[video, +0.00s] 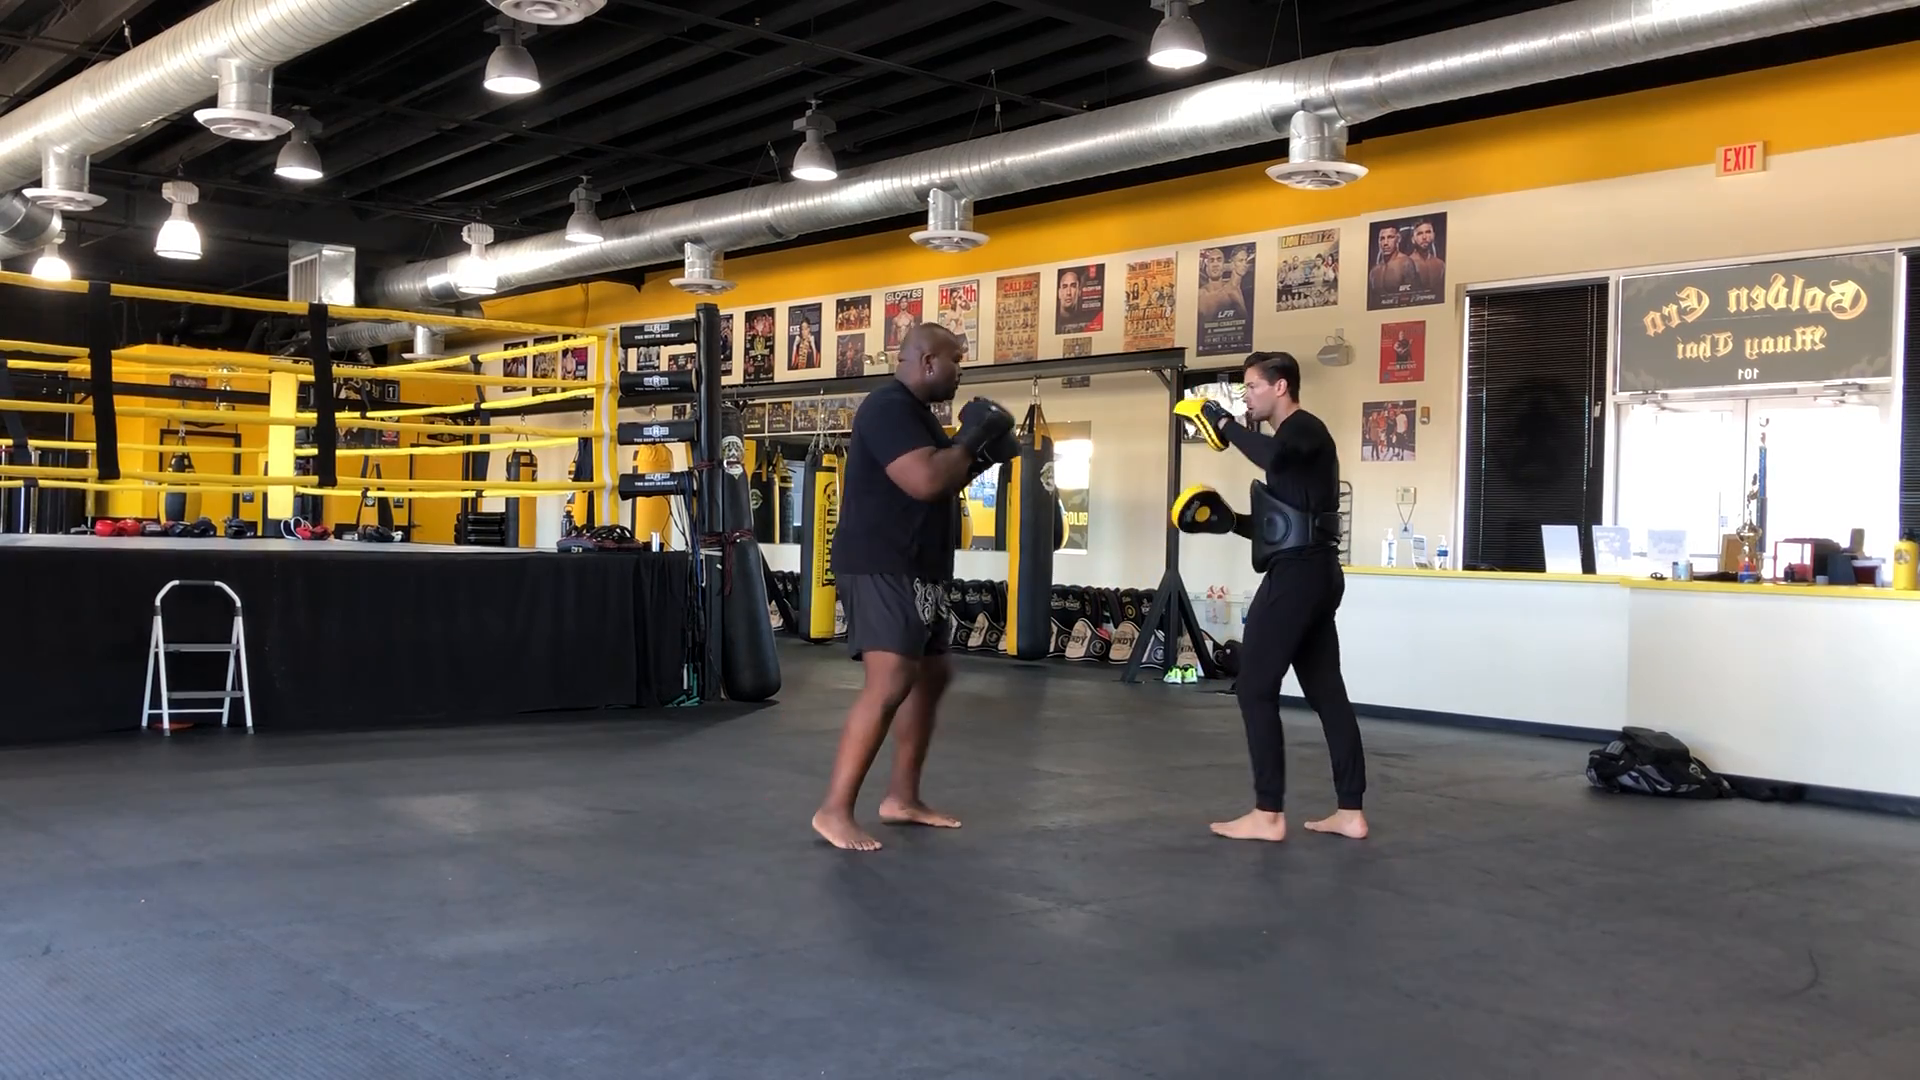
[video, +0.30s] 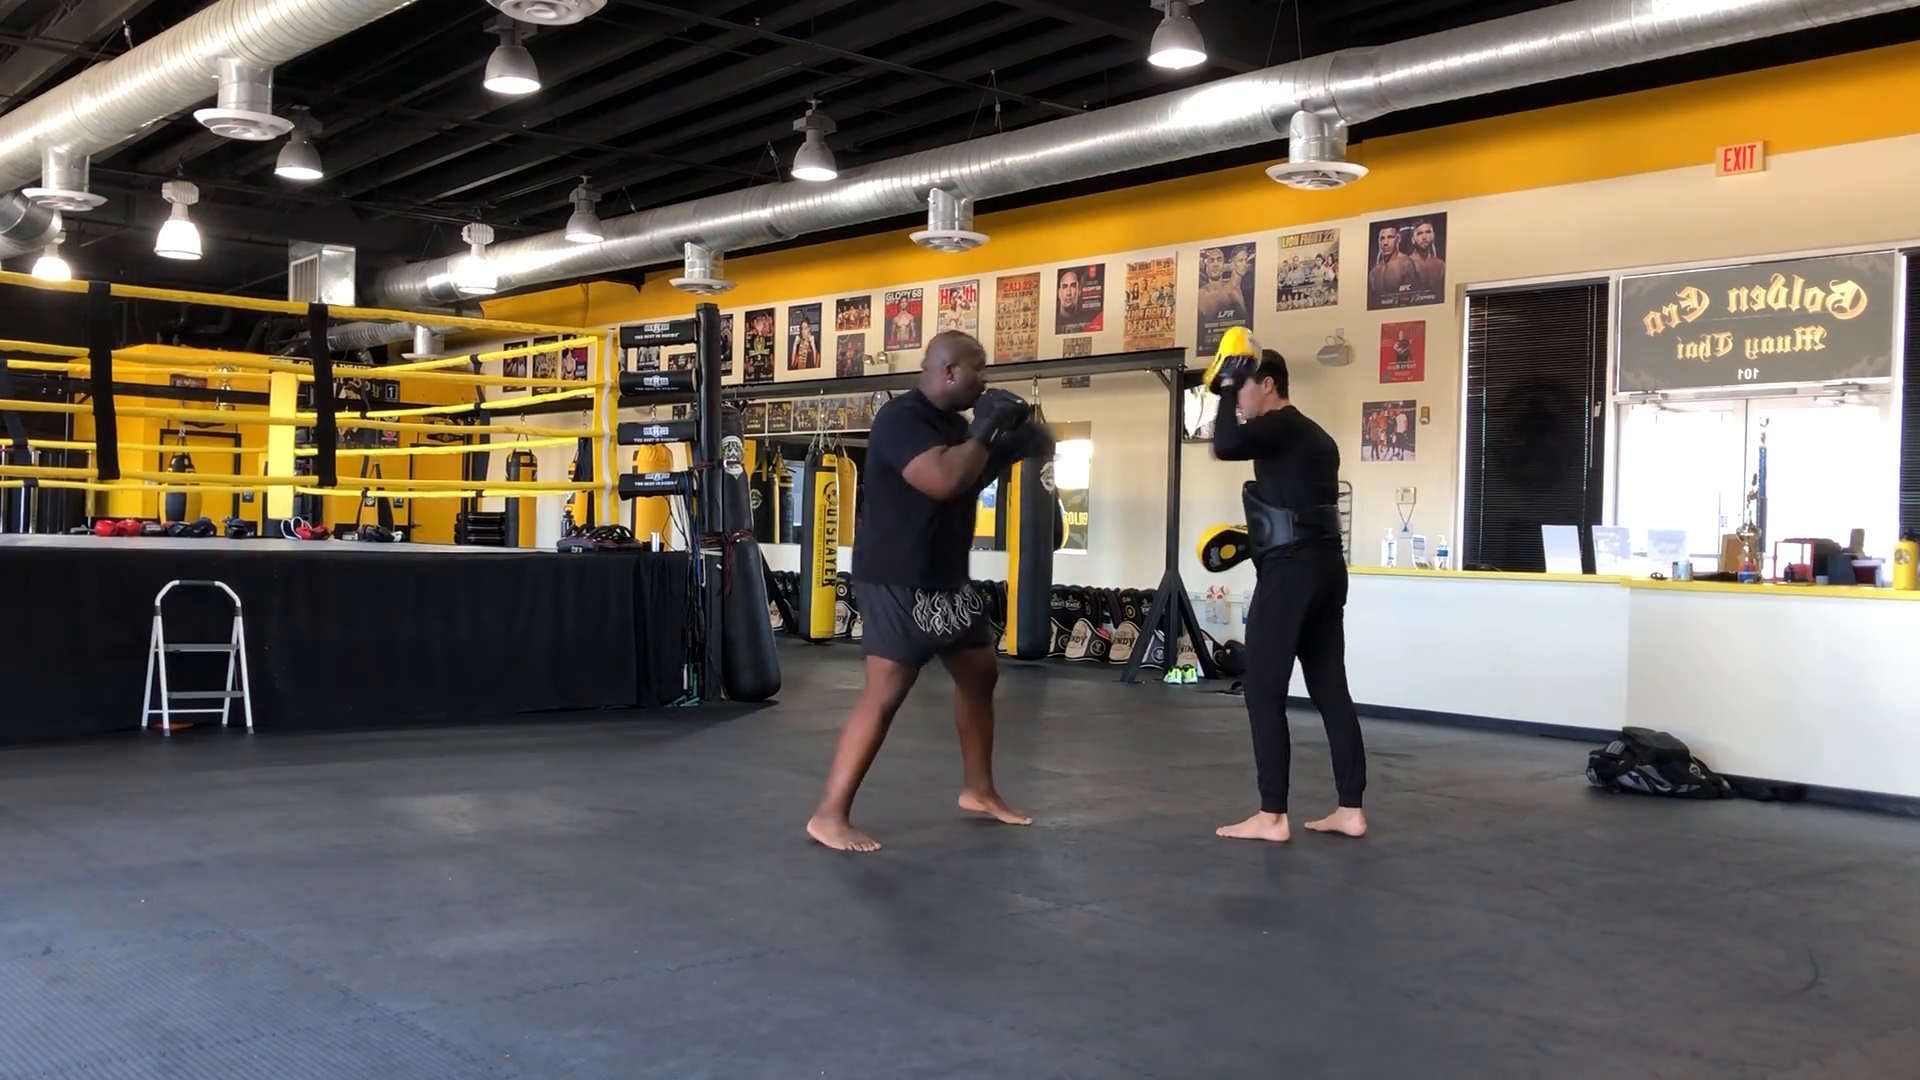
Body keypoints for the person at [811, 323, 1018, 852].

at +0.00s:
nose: (959, 375)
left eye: (960, 366)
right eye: (955, 364)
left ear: (923, 362)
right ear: (923, 360)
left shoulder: (921, 417)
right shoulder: (887, 405)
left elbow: (940, 482)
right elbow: (924, 480)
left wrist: (982, 454)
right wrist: (969, 439)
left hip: (920, 570)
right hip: (880, 568)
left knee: (932, 673)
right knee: (890, 677)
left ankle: (903, 798)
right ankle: (834, 811)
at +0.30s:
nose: (981, 385)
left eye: (982, 376)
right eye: (977, 375)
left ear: (948, 370)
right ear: (948, 370)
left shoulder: (954, 425)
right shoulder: (899, 417)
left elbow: (972, 479)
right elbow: (942, 480)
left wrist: (1013, 445)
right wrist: (985, 434)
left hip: (947, 578)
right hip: (895, 579)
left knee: (978, 674)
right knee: (884, 689)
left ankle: (978, 791)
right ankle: (829, 815)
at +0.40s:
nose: (996, 384)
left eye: (997, 376)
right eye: (991, 375)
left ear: (963, 373)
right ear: (959, 372)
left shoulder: (974, 419)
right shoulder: (909, 416)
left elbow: (1037, 440)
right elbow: (949, 467)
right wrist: (995, 422)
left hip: (959, 572)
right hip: (903, 570)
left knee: (977, 678)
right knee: (894, 678)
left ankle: (977, 796)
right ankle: (840, 811)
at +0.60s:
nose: (1014, 382)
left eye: (1015, 374)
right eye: (1009, 372)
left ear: (986, 371)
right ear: (977, 368)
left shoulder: (997, 430)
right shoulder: (924, 415)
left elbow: (1017, 495)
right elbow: (929, 483)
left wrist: (1057, 485)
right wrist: (991, 450)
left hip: (977, 576)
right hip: (917, 575)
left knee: (984, 677)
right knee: (906, 681)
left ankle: (977, 798)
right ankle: (853, 801)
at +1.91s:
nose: (1038, 384)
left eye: (1039, 374)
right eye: (1032, 373)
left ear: (1003, 375)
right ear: (1000, 374)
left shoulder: (1019, 431)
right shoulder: (951, 423)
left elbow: (1041, 486)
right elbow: (977, 481)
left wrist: (1072, 458)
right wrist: (1027, 439)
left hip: (1020, 580)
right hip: (961, 581)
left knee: (1045, 673)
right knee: (956, 686)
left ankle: (1043, 786)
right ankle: (907, 806)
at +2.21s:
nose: (1077, 384)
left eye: (1077, 376)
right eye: (1071, 375)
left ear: (1043, 378)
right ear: (1041, 377)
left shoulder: (1044, 430)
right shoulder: (1010, 421)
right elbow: (1026, 486)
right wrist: (1080, 452)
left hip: (1034, 575)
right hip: (998, 573)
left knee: (1048, 672)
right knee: (998, 673)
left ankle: (1042, 792)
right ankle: (920, 788)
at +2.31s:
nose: (1087, 385)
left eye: (1086, 376)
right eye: (1080, 377)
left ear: (1044, 377)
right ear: (1052, 378)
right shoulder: (1041, 415)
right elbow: (1124, 444)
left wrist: (1167, 428)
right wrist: (1173, 425)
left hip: (1024, 564)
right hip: (1007, 562)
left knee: (1042, 668)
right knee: (990, 671)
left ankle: (1041, 792)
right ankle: (920, 789)